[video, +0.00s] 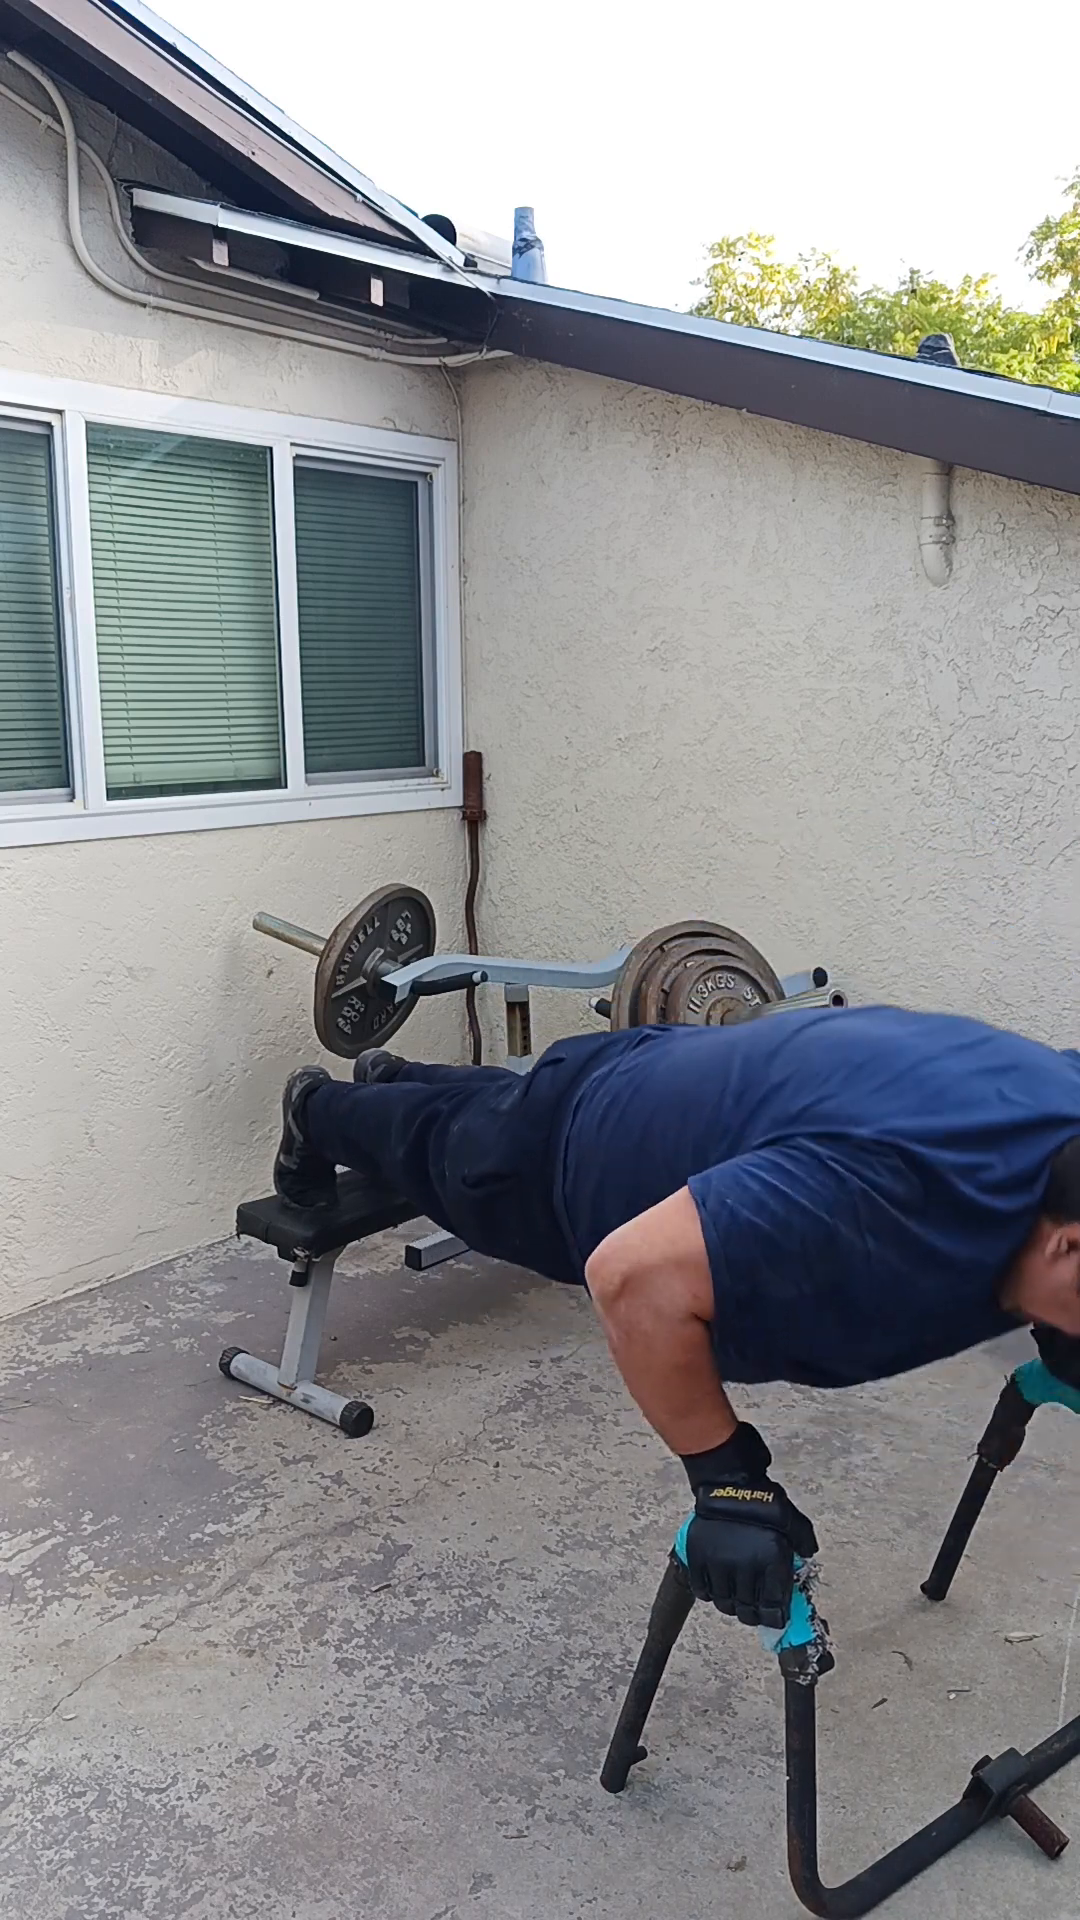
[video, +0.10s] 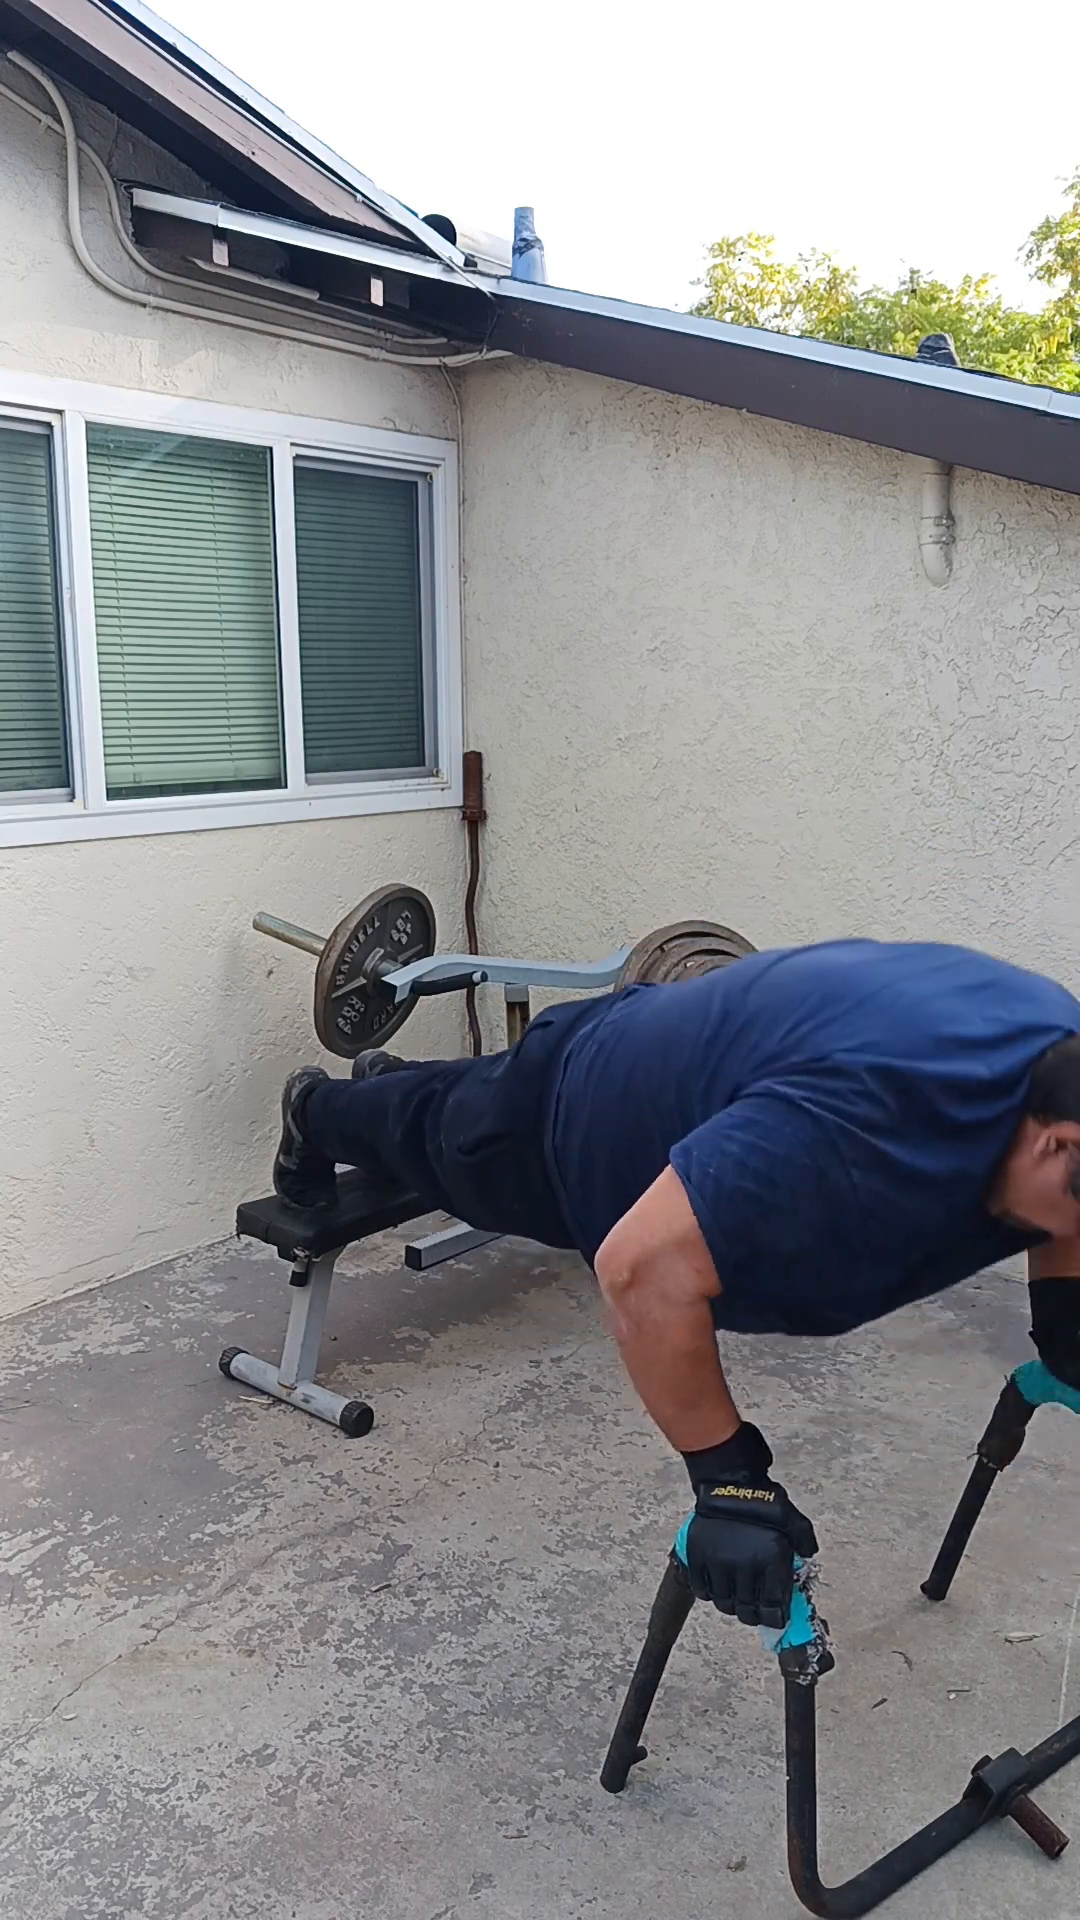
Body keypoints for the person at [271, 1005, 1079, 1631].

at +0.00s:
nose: (1058, 1335)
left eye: (1068, 1333)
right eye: (1073, 1322)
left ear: (1070, 1243)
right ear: (1065, 1254)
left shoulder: (1068, 1119)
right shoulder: (896, 1198)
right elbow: (633, 1280)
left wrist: (1042, 1336)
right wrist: (731, 1481)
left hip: (706, 1058)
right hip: (591, 1143)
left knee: (516, 1101)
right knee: (446, 1129)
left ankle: (374, 1111)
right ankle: (321, 1112)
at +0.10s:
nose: (1059, 1231)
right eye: (1074, 1208)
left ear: (1060, 1145)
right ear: (1053, 1153)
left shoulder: (1060, 1051)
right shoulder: (850, 1131)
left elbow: (1048, 1196)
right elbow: (641, 1272)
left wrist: (1057, 1305)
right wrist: (730, 1477)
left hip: (720, 1011)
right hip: (597, 1096)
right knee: (443, 1123)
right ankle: (321, 1111)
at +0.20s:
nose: (1057, 1147)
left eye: (1073, 1135)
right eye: (1061, 1123)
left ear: (1049, 1051)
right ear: (1033, 1056)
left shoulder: (1038, 986)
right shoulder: (830, 1060)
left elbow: (1055, 1159)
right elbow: (666, 1255)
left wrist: (1059, 1318)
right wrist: (731, 1479)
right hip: (589, 1065)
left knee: (497, 1106)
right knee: (435, 1109)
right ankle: (317, 1109)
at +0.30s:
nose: (1058, 1089)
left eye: (1071, 1077)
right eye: (1061, 1065)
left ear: (1035, 977)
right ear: (1021, 989)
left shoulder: (1030, 962)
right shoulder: (817, 1008)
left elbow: (1044, 1146)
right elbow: (699, 1231)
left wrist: (1058, 1322)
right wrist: (736, 1478)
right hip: (593, 1032)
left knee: (507, 1107)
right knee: (432, 1094)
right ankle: (315, 1116)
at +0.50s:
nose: (1041, 1048)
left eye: (1061, 1035)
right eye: (1044, 1020)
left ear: (1016, 938)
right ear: (1004, 940)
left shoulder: (1017, 957)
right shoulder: (810, 973)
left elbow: (1033, 1147)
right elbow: (733, 1225)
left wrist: (1056, 1318)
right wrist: (739, 1475)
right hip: (584, 1005)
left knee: (508, 1097)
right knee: (428, 1080)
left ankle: (396, 1127)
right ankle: (314, 1112)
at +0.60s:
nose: (1041, 1050)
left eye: (1061, 1037)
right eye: (1043, 1023)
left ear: (1018, 942)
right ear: (1003, 943)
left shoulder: (1020, 961)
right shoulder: (802, 982)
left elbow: (1033, 1147)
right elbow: (730, 1226)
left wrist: (1056, 1318)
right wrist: (739, 1475)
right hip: (589, 1002)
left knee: (513, 1099)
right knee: (430, 1080)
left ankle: (397, 1128)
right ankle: (315, 1114)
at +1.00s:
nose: (1062, 1212)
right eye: (1073, 1188)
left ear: (1054, 1135)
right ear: (1045, 1140)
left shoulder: (1050, 1036)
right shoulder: (842, 1116)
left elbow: (1048, 1182)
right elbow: (653, 1260)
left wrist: (1058, 1304)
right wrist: (731, 1477)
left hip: (714, 993)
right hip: (599, 1071)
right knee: (439, 1113)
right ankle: (318, 1107)